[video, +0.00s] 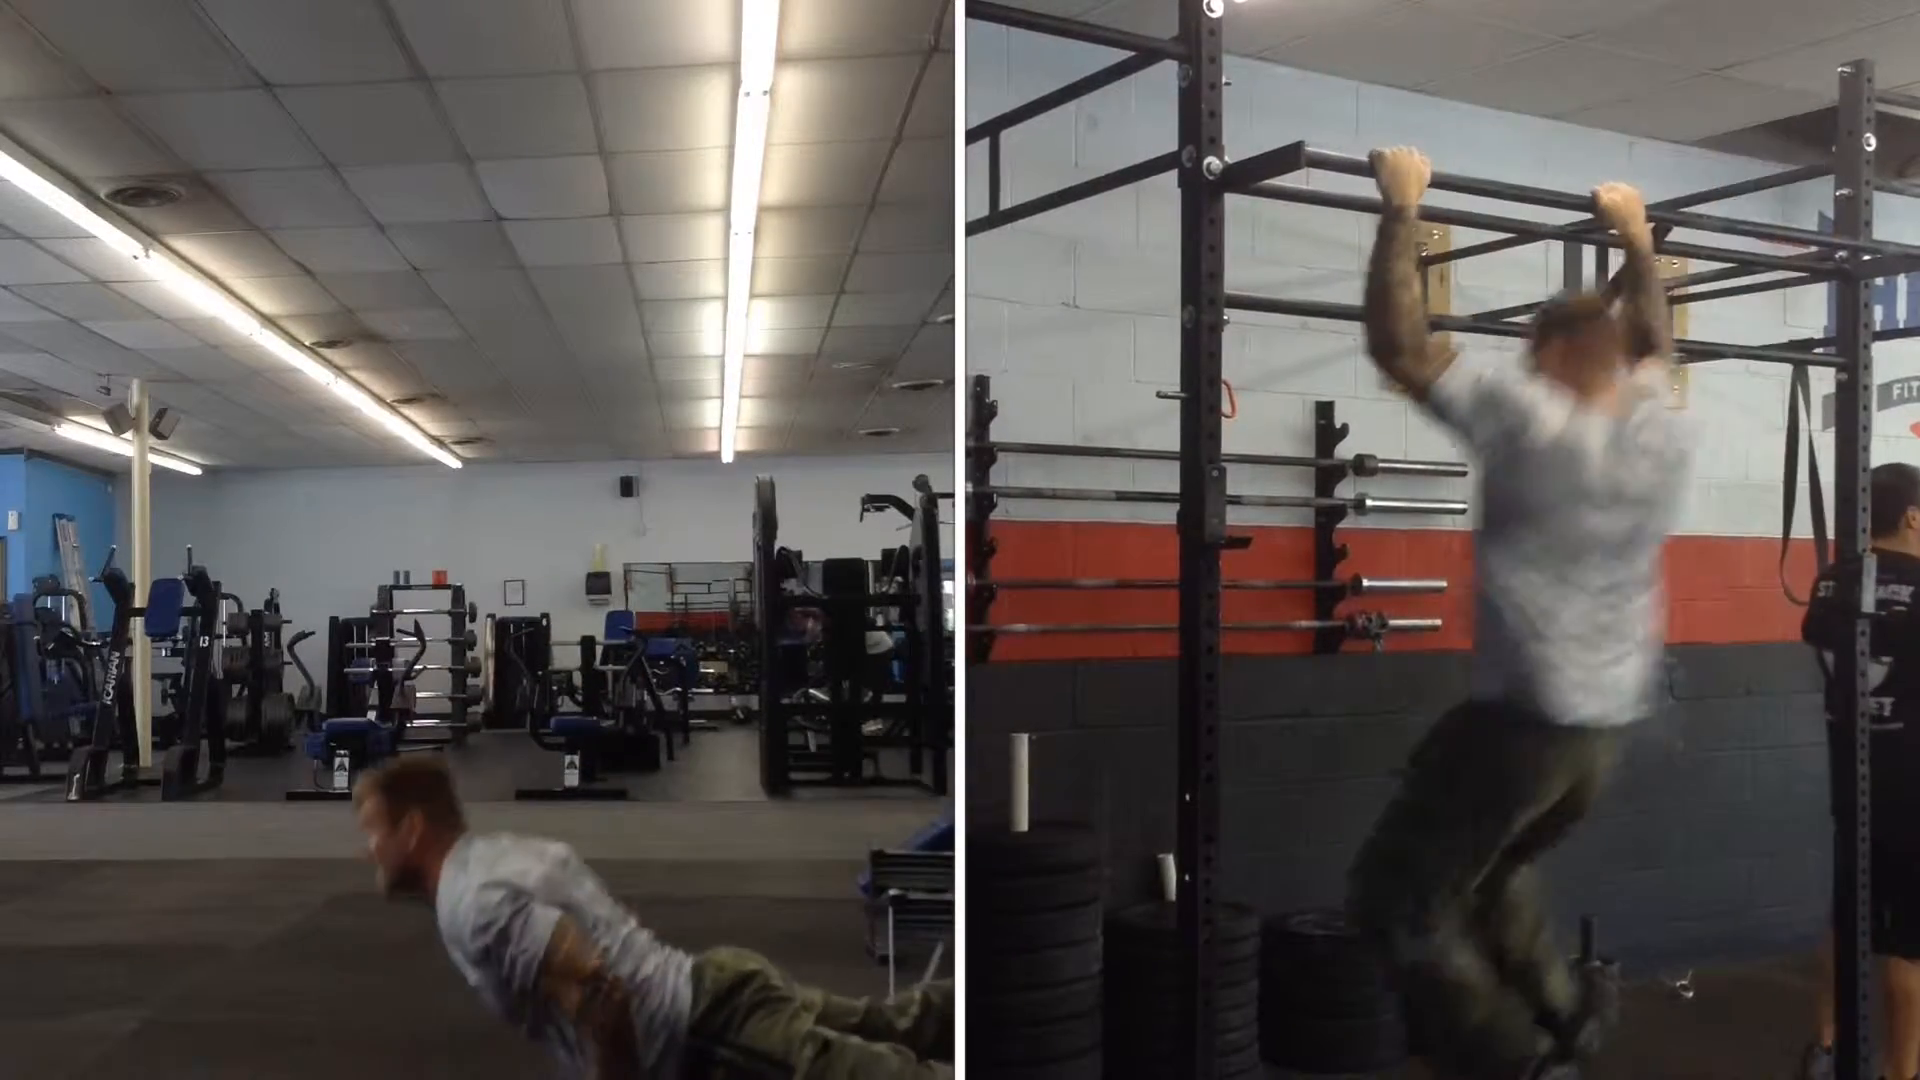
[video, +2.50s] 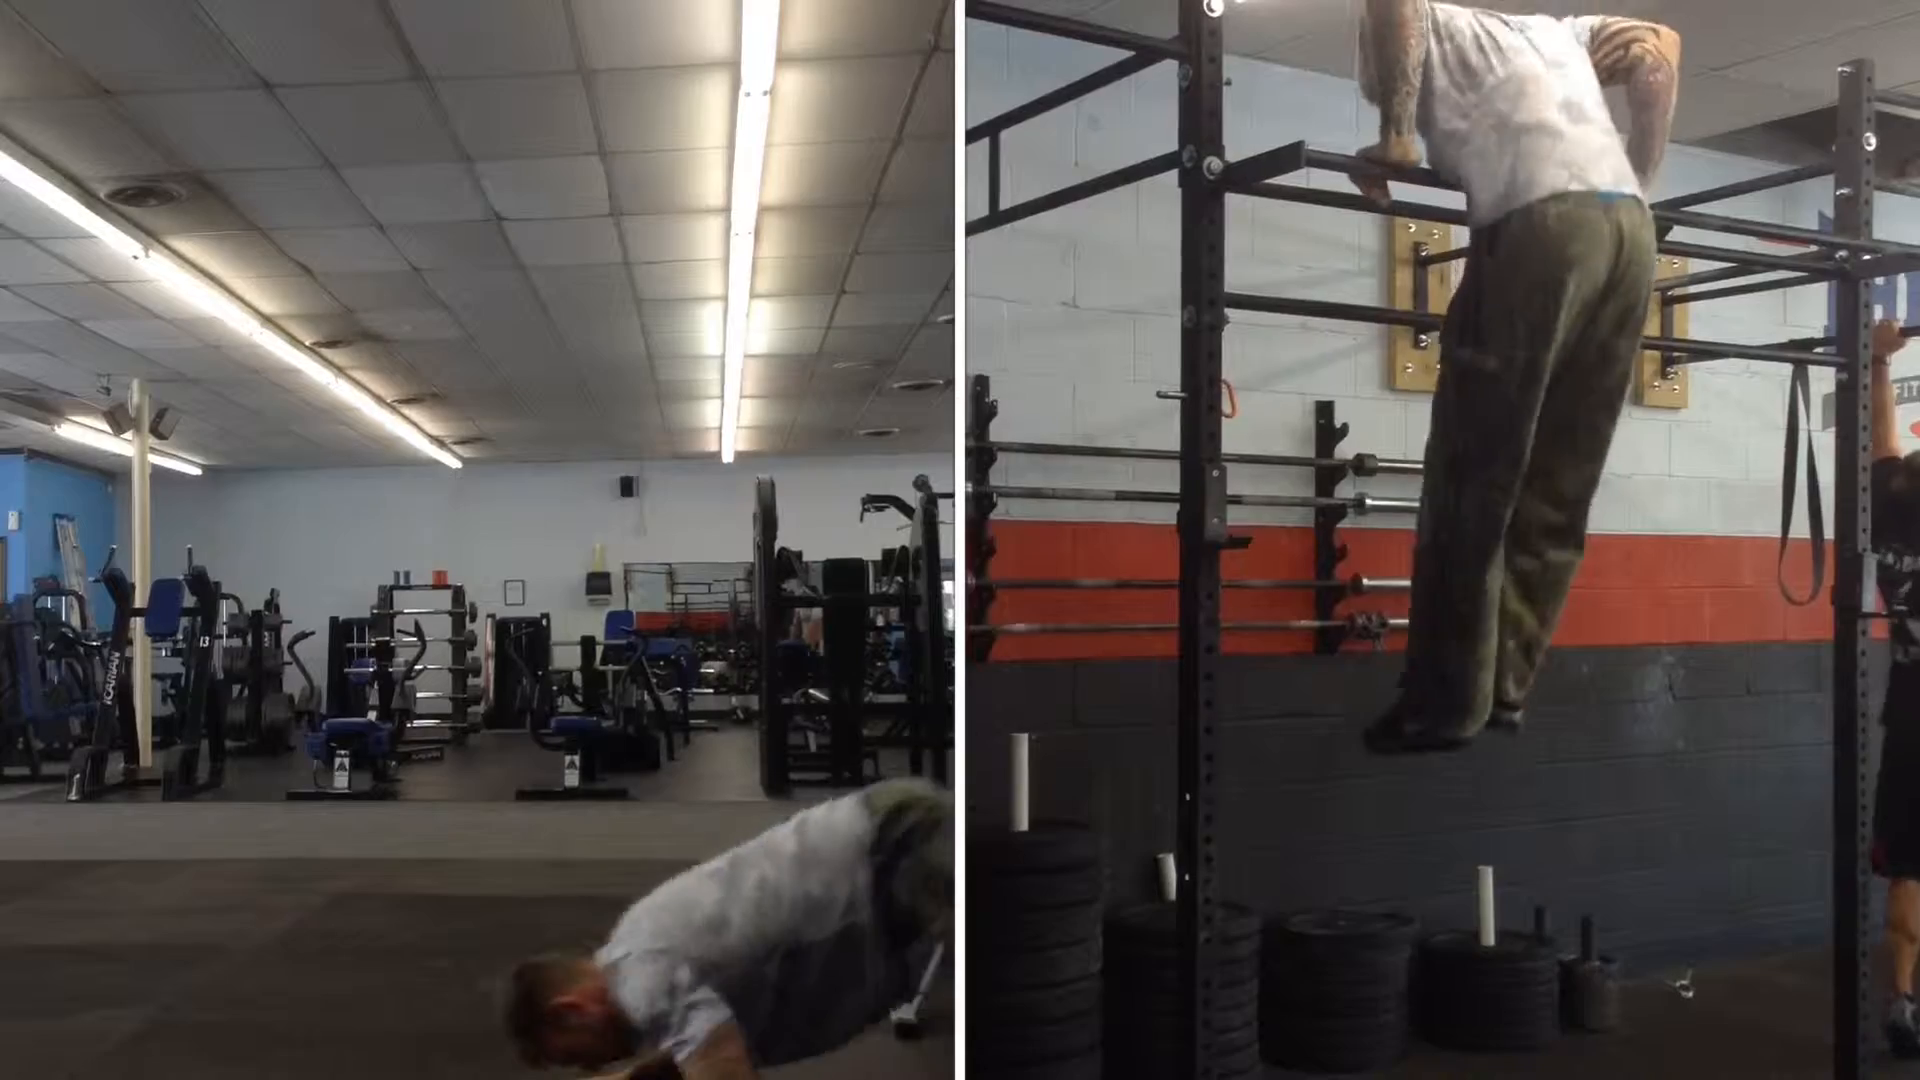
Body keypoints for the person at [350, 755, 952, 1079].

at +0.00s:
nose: (364, 848)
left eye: (370, 829)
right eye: (363, 831)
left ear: (412, 827)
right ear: (426, 822)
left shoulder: (474, 898)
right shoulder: (507, 854)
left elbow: (600, 994)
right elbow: (604, 953)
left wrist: (609, 1072)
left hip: (712, 1030)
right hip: (719, 987)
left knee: (912, 1075)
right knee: (910, 1020)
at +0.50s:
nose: (460, 706)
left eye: (472, 690)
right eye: (464, 690)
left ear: (516, 704)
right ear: (520, 705)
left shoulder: (552, 818)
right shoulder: (578, 776)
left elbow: (589, 985)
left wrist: (606, 1068)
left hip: (718, 1014)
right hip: (727, 969)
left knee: (910, 1070)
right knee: (897, 1024)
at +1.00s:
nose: (456, 798)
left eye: (450, 777)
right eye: (446, 782)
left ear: (488, 751)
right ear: (498, 745)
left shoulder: (585, 807)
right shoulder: (587, 775)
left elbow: (609, 989)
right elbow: (609, 981)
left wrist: (614, 1069)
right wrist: (611, 1063)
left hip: (824, 905)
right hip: (822, 897)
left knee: (978, 1018)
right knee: (956, 1019)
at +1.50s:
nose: (645, 899)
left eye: (633, 887)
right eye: (630, 894)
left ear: (646, 845)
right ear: (648, 834)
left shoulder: (727, 834)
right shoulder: (707, 815)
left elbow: (686, 1001)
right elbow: (669, 963)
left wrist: (635, 1076)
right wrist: (620, 1066)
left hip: (971, 775)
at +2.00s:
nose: (759, 990)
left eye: (747, 984)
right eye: (743, 991)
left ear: (746, 938)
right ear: (741, 930)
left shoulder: (804, 908)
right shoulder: (778, 888)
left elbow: (741, 1052)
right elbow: (713, 1008)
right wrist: (629, 1070)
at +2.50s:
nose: (584, 1066)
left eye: (571, 1056)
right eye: (569, 1063)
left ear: (574, 1010)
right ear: (575, 1001)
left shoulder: (642, 975)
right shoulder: (629, 961)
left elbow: (726, 1065)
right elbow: (700, 1050)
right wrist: (638, 1070)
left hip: (897, 838)